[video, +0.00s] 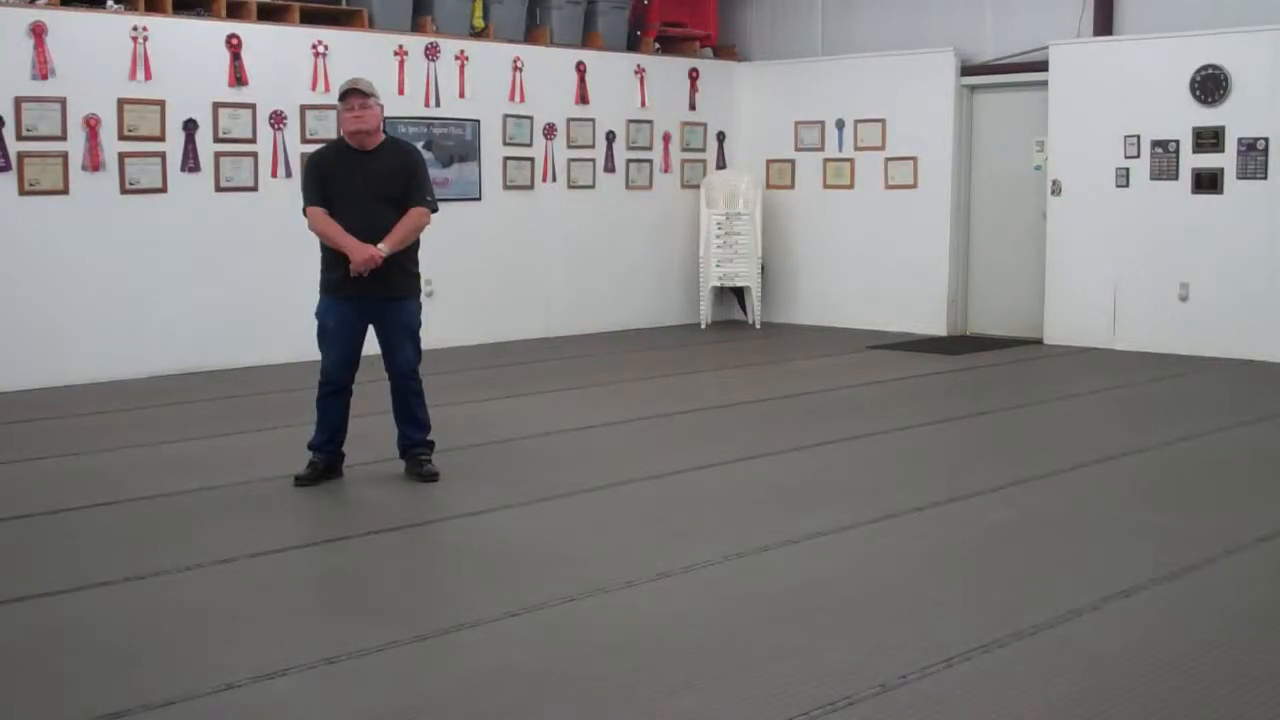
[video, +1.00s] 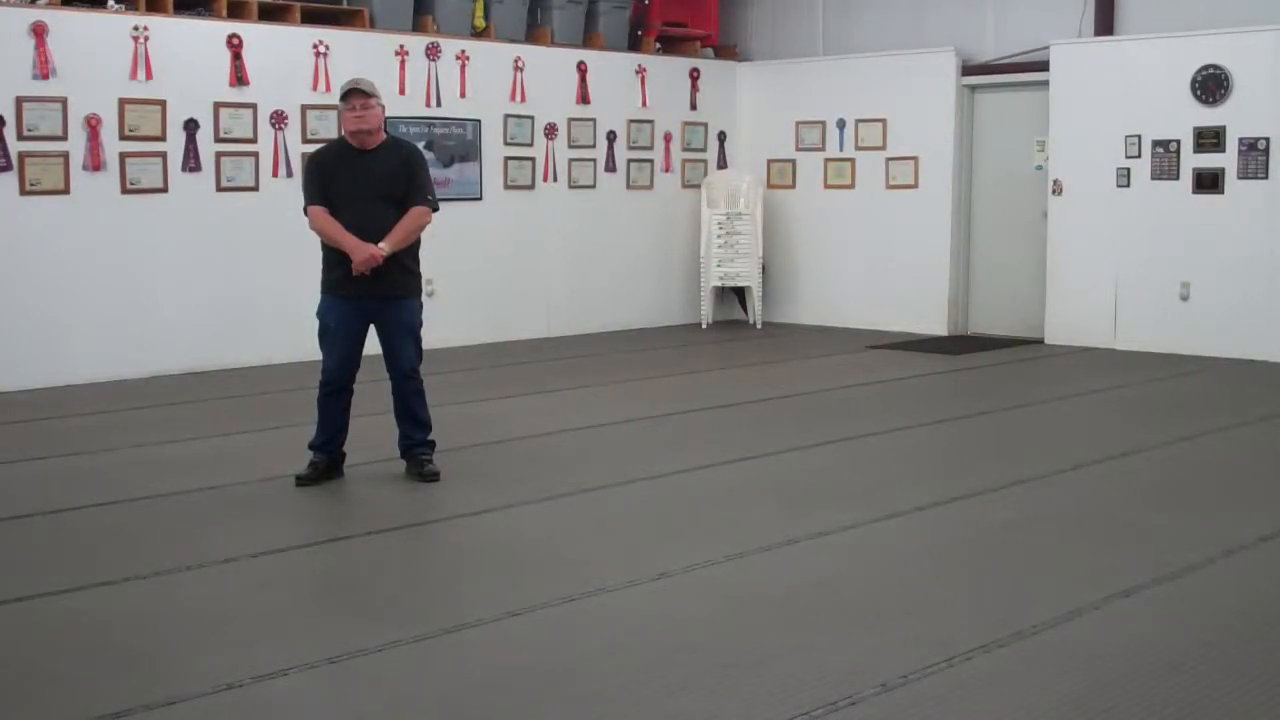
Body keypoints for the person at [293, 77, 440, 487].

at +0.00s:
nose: (357, 113)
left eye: (364, 106)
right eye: (349, 108)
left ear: (380, 112)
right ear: (339, 118)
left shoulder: (406, 156)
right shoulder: (320, 162)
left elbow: (421, 213)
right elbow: (315, 216)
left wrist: (378, 252)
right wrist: (354, 248)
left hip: (397, 288)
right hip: (342, 289)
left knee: (405, 373)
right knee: (334, 376)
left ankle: (418, 452)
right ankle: (326, 456)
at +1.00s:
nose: (359, 114)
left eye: (367, 106)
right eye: (351, 108)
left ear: (382, 111)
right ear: (340, 117)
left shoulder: (407, 155)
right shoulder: (321, 161)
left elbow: (422, 212)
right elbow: (316, 216)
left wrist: (380, 250)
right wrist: (355, 248)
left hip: (398, 287)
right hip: (343, 288)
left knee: (407, 373)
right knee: (335, 376)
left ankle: (419, 452)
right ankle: (326, 455)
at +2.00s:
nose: (360, 114)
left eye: (367, 106)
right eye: (352, 108)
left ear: (383, 112)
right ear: (341, 117)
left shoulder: (407, 155)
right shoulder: (323, 160)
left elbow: (422, 213)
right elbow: (317, 215)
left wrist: (380, 250)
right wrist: (356, 247)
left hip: (398, 287)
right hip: (342, 288)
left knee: (407, 373)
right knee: (335, 376)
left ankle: (419, 452)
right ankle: (327, 455)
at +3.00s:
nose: (359, 114)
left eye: (366, 107)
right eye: (351, 109)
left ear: (382, 111)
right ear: (341, 117)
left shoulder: (407, 155)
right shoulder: (323, 161)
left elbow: (422, 213)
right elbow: (317, 215)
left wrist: (379, 250)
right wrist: (355, 246)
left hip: (398, 287)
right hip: (342, 288)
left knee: (406, 373)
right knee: (335, 375)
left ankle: (419, 452)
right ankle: (327, 455)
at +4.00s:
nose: (357, 114)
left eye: (365, 107)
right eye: (350, 109)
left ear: (380, 111)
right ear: (339, 117)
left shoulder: (406, 155)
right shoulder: (321, 161)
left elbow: (421, 211)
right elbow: (315, 214)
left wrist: (378, 249)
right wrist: (354, 246)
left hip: (397, 287)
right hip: (342, 288)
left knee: (406, 373)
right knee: (335, 375)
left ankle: (419, 452)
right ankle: (327, 455)